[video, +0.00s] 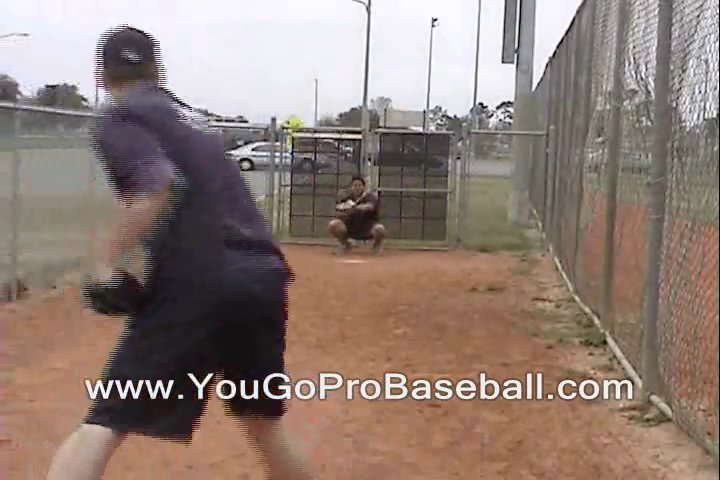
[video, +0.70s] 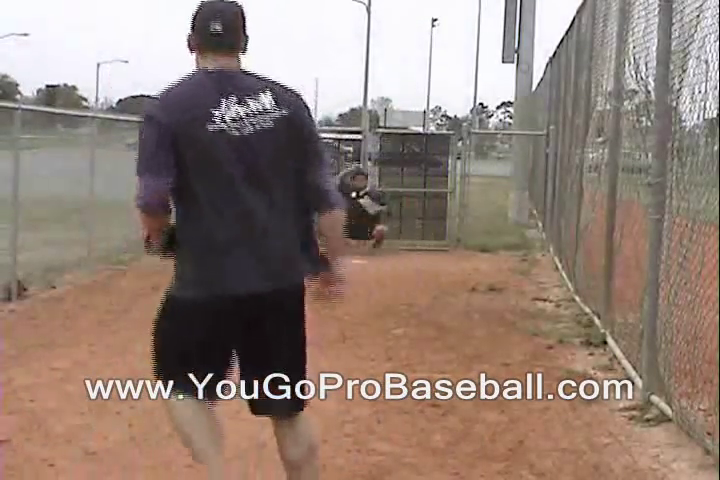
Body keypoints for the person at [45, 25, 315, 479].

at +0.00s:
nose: (98, 77)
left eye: (98, 69)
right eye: (101, 68)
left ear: (103, 74)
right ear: (157, 69)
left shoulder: (120, 121)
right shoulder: (191, 118)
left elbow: (158, 180)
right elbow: (210, 211)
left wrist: (110, 261)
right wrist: (149, 282)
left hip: (197, 280)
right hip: (264, 274)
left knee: (106, 423)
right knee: (266, 423)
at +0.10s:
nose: (141, 79)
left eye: (140, 71)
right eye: (144, 71)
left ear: (145, 76)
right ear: (196, 70)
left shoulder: (169, 127)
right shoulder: (227, 117)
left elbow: (210, 205)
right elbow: (257, 209)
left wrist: (160, 268)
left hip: (223, 302)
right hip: (280, 299)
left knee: (123, 421)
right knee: (252, 429)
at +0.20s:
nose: (166, 43)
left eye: (166, 35)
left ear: (166, 37)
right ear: (220, 30)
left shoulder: (181, 86)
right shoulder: (258, 84)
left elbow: (212, 165)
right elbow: (322, 161)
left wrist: (164, 224)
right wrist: (338, 212)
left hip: (218, 274)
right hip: (285, 273)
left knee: (143, 394)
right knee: (278, 410)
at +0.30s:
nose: (179, 14)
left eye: (179, 10)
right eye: (185, 10)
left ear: (184, 8)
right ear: (234, 8)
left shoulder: (183, 52)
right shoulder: (281, 60)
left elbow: (198, 128)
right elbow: (345, 133)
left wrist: (149, 183)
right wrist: (381, 186)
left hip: (217, 243)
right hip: (287, 244)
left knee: (177, 376)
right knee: (284, 377)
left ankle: (207, 473)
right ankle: (307, 474)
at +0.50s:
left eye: (197, 33)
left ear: (199, 35)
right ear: (251, 34)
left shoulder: (184, 87)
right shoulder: (294, 89)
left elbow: (179, 161)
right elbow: (361, 160)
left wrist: (141, 209)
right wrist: (406, 219)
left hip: (218, 272)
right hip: (286, 268)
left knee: (230, 400)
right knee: (284, 392)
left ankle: (266, 473)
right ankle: (302, 474)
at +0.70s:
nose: (191, 50)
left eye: (190, 44)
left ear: (192, 45)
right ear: (243, 44)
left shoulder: (170, 107)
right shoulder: (287, 99)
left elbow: (153, 200)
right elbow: (324, 193)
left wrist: (155, 235)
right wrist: (334, 258)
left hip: (206, 284)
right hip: (279, 280)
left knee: (181, 378)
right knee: (287, 403)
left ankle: (216, 470)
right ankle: (306, 474)